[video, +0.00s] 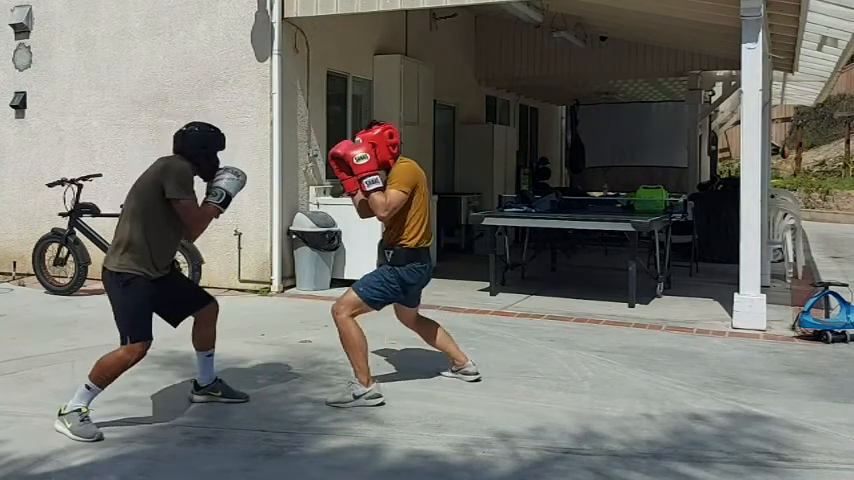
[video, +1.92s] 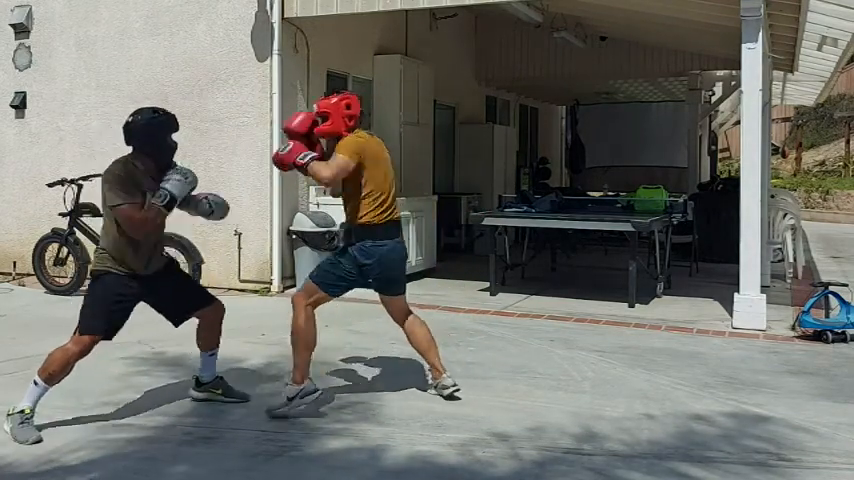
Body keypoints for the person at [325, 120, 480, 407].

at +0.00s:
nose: (368, 154)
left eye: (369, 148)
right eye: (366, 149)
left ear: (383, 147)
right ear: (387, 147)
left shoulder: (405, 169)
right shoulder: (392, 173)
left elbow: (383, 210)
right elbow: (365, 209)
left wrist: (367, 172)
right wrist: (349, 178)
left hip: (404, 265)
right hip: (413, 263)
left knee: (342, 310)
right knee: (409, 316)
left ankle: (365, 386)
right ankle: (463, 363)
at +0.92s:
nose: (341, 131)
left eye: (344, 124)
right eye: (339, 126)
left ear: (360, 121)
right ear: (363, 122)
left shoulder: (377, 143)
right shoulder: (366, 150)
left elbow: (372, 182)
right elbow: (336, 186)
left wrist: (341, 162)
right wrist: (319, 160)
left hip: (371, 243)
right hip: (388, 242)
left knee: (321, 302)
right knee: (397, 307)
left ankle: (318, 381)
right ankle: (434, 364)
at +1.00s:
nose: (337, 128)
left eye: (340, 121)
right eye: (336, 123)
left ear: (357, 118)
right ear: (364, 119)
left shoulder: (367, 138)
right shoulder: (373, 145)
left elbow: (349, 162)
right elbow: (338, 184)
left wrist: (315, 143)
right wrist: (314, 158)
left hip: (371, 240)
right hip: (392, 239)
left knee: (322, 306)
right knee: (397, 303)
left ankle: (319, 386)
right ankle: (433, 361)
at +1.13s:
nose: (329, 129)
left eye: (331, 123)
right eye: (329, 124)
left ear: (345, 121)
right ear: (362, 122)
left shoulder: (347, 141)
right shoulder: (386, 150)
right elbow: (362, 194)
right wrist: (328, 180)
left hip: (372, 246)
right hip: (399, 242)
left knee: (326, 310)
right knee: (401, 300)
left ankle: (320, 389)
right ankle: (441, 362)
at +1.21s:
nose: (329, 131)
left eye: (332, 125)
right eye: (328, 126)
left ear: (347, 122)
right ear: (361, 122)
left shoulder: (350, 145)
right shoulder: (388, 151)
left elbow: (310, 161)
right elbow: (371, 191)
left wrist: (270, 156)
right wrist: (338, 186)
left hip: (371, 247)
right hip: (400, 243)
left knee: (326, 310)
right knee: (410, 308)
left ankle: (320, 389)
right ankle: (451, 366)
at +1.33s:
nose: (336, 133)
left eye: (339, 125)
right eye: (335, 126)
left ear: (356, 125)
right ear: (367, 124)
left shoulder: (365, 150)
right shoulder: (390, 150)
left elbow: (358, 192)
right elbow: (369, 193)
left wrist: (322, 193)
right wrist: (337, 177)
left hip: (379, 247)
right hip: (404, 244)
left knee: (331, 309)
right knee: (418, 311)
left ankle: (319, 389)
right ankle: (459, 374)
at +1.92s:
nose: (320, 129)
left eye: (323, 121)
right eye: (320, 122)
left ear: (339, 121)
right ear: (352, 120)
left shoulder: (353, 143)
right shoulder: (374, 143)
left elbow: (329, 175)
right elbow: (338, 185)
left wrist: (304, 158)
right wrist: (311, 157)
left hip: (363, 248)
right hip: (393, 246)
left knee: (303, 300)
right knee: (404, 314)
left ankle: (299, 384)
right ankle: (440, 375)